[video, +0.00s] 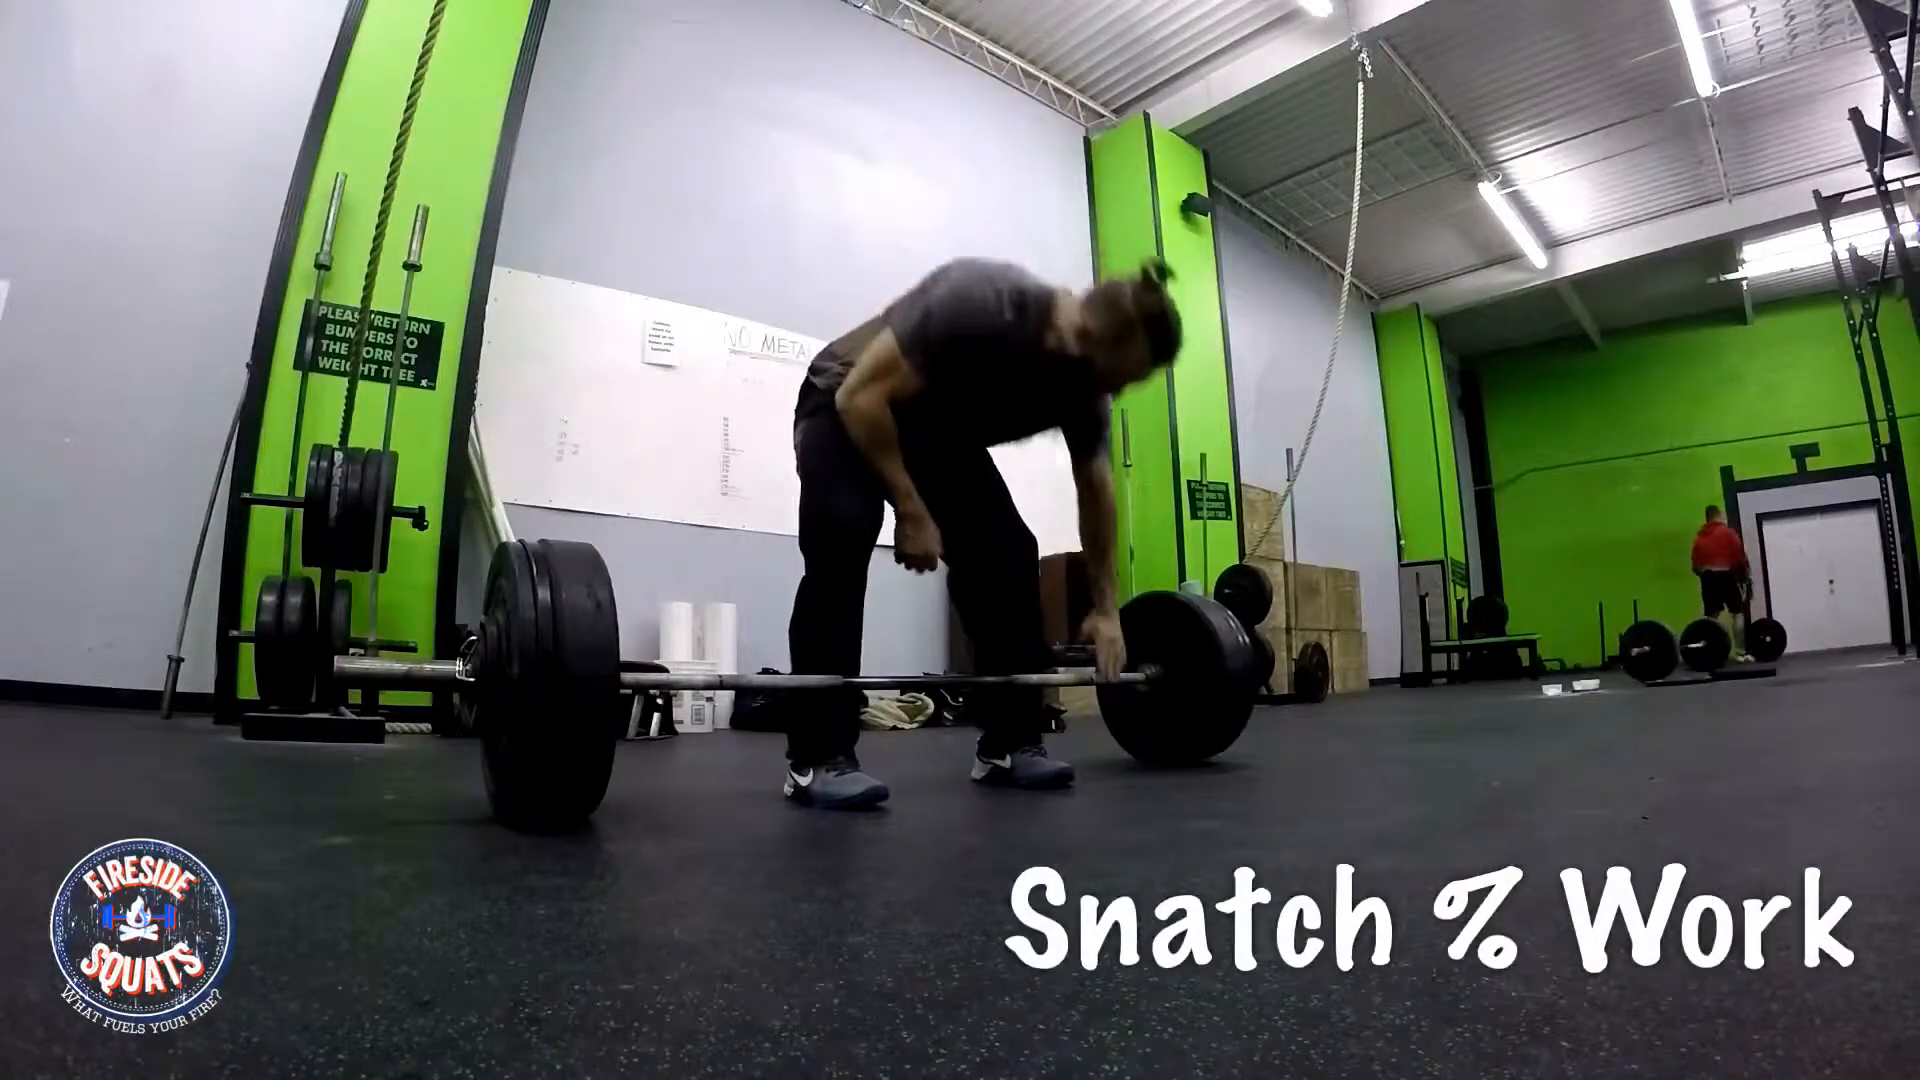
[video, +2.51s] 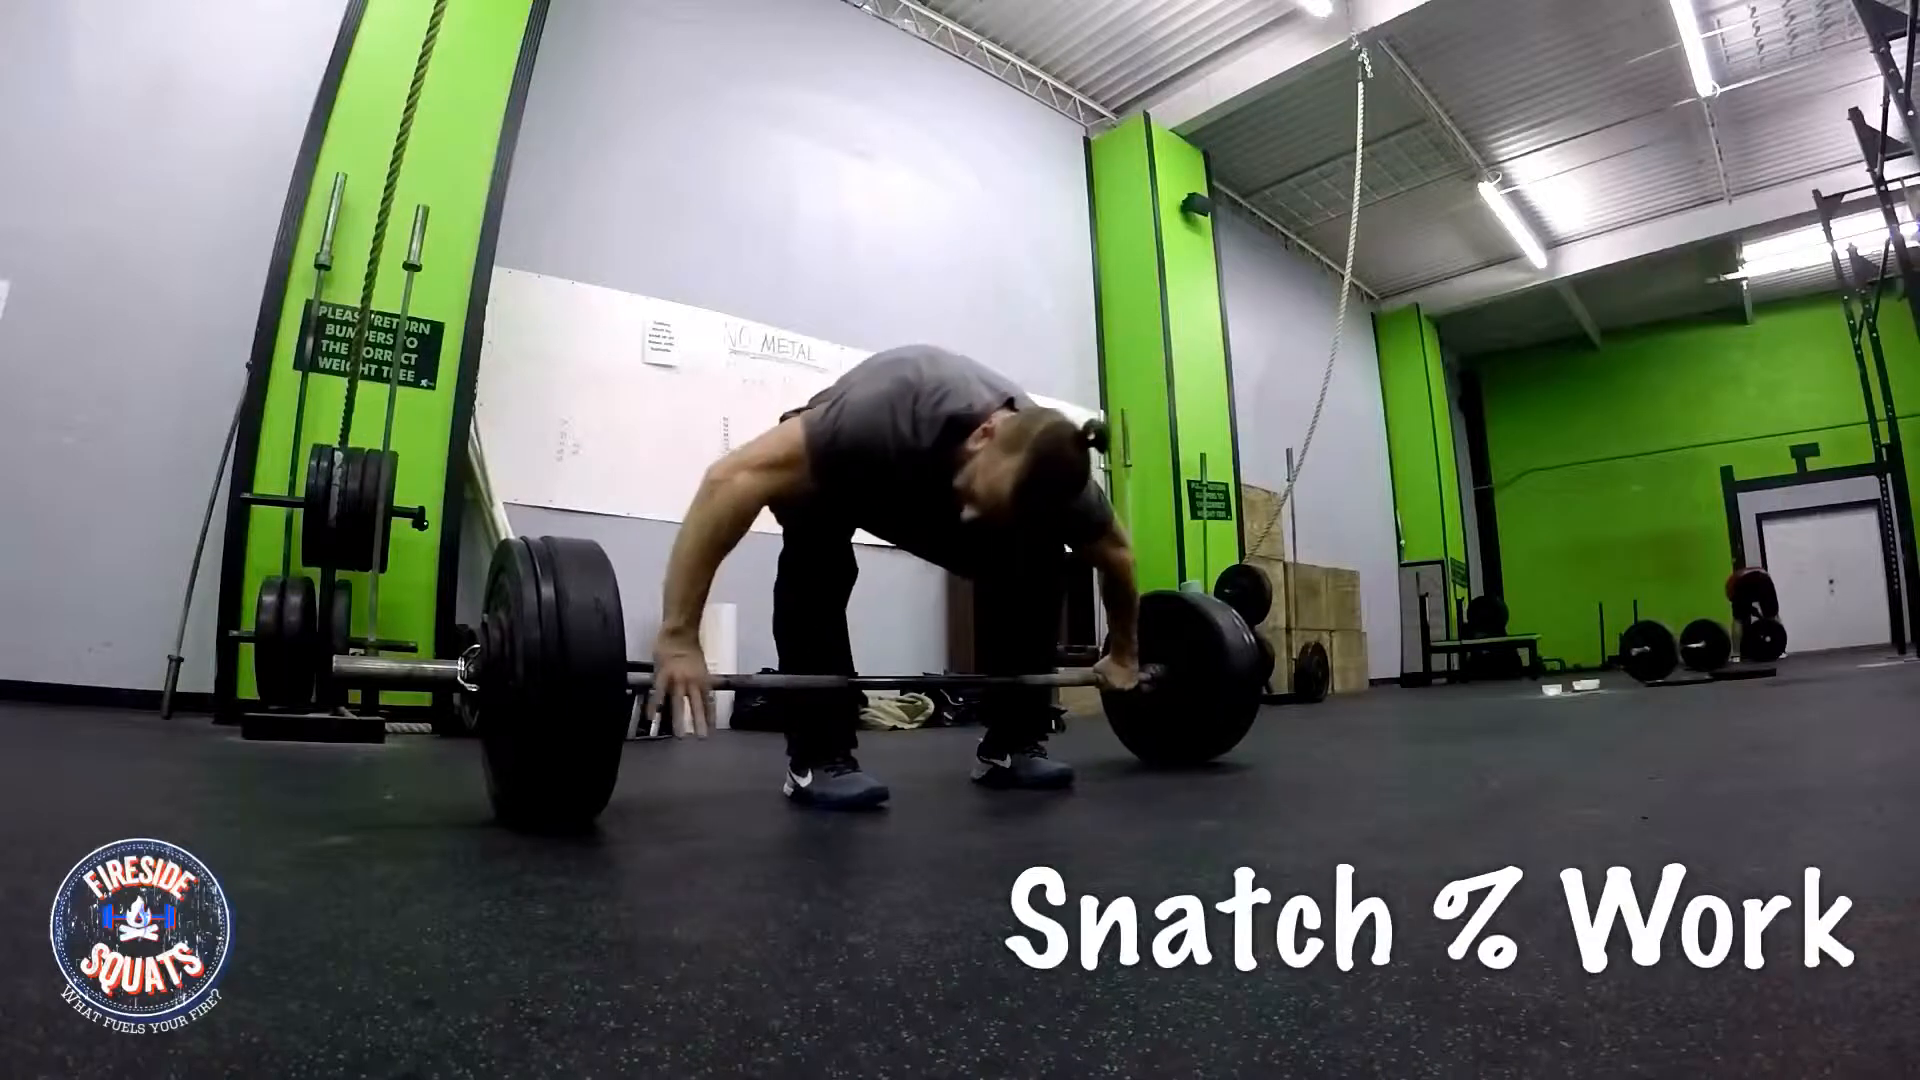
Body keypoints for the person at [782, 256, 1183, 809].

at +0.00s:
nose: (1112, 389)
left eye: (1121, 382)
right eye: (1113, 374)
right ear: (1086, 328)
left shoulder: (1085, 383)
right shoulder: (975, 299)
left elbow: (1095, 489)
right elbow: (859, 398)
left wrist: (1104, 606)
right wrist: (911, 511)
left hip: (943, 430)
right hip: (851, 402)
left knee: (1006, 554)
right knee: (838, 561)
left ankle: (1008, 744)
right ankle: (819, 759)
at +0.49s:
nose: (1137, 473)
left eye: (1147, 467)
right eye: (1138, 462)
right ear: (1114, 423)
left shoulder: (1112, 440)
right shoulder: (1011, 354)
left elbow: (1134, 545)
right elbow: (873, 414)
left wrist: (1117, 651)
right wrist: (931, 525)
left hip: (963, 443)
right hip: (866, 409)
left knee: (1020, 559)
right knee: (850, 559)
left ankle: (1010, 745)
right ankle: (818, 760)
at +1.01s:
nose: (1145, 479)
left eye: (1155, 472)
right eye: (1146, 467)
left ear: (1124, 425)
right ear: (1120, 427)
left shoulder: (1125, 439)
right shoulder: (1022, 357)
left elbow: (1132, 544)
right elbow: (882, 416)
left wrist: (1116, 651)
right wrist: (936, 527)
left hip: (971, 442)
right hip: (873, 405)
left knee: (1026, 559)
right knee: (858, 549)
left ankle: (1008, 747)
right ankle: (819, 759)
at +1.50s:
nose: (1147, 468)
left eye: (1159, 462)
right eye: (1150, 456)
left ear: (1125, 411)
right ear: (1122, 414)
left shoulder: (1121, 430)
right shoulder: (1020, 350)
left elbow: (1130, 541)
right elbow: (882, 415)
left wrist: (1117, 652)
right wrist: (936, 529)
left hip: (971, 441)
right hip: (873, 406)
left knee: (1028, 558)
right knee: (857, 553)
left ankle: (1009, 745)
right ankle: (820, 760)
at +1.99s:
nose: (1071, 442)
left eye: (1091, 441)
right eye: (1077, 422)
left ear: (1117, 434)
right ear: (1072, 368)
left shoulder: (1100, 435)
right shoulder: (979, 345)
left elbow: (1124, 542)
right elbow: (829, 402)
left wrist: (1119, 652)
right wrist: (855, 544)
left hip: (952, 458)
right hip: (862, 428)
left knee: (1024, 559)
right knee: (847, 561)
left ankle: (1011, 744)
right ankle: (819, 760)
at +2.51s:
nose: (974, 515)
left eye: (991, 516)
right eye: (976, 497)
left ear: (1051, 497)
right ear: (985, 434)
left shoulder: (1066, 492)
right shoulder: (886, 414)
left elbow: (1118, 562)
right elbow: (730, 481)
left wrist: (1124, 653)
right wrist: (678, 636)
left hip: (921, 490)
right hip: (836, 459)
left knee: (1028, 564)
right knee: (816, 555)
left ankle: (1011, 746)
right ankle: (820, 761)